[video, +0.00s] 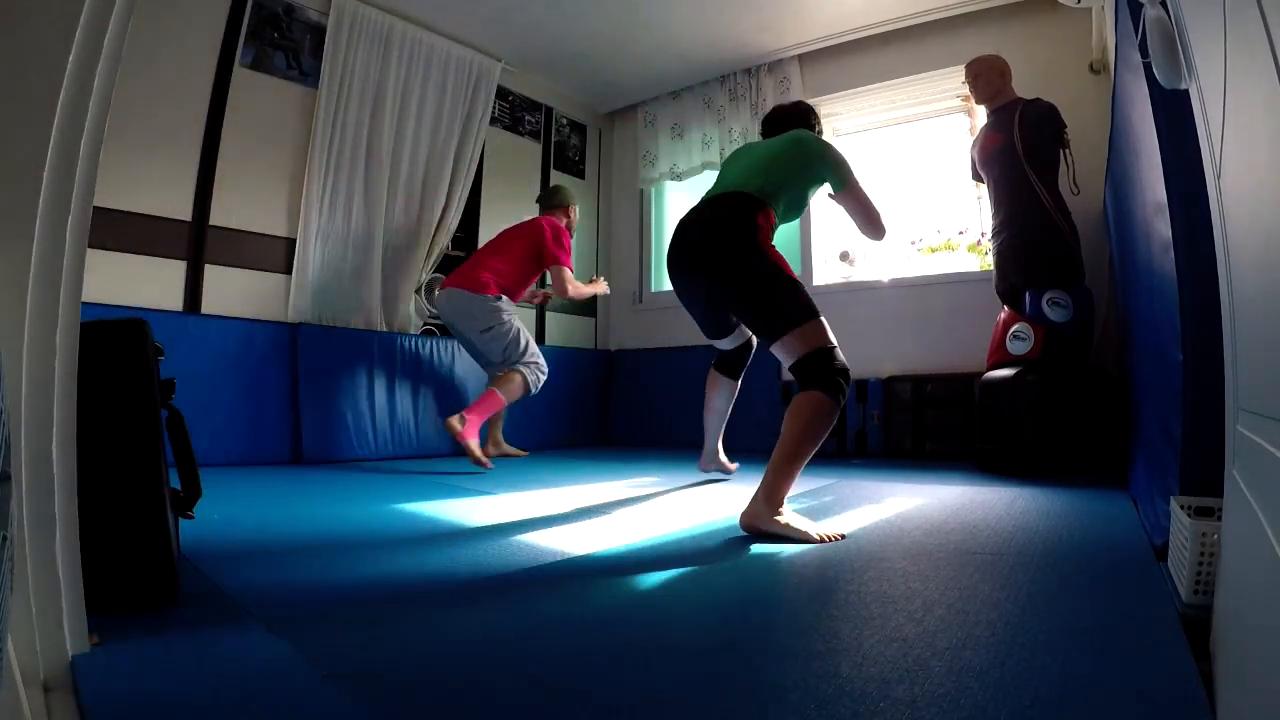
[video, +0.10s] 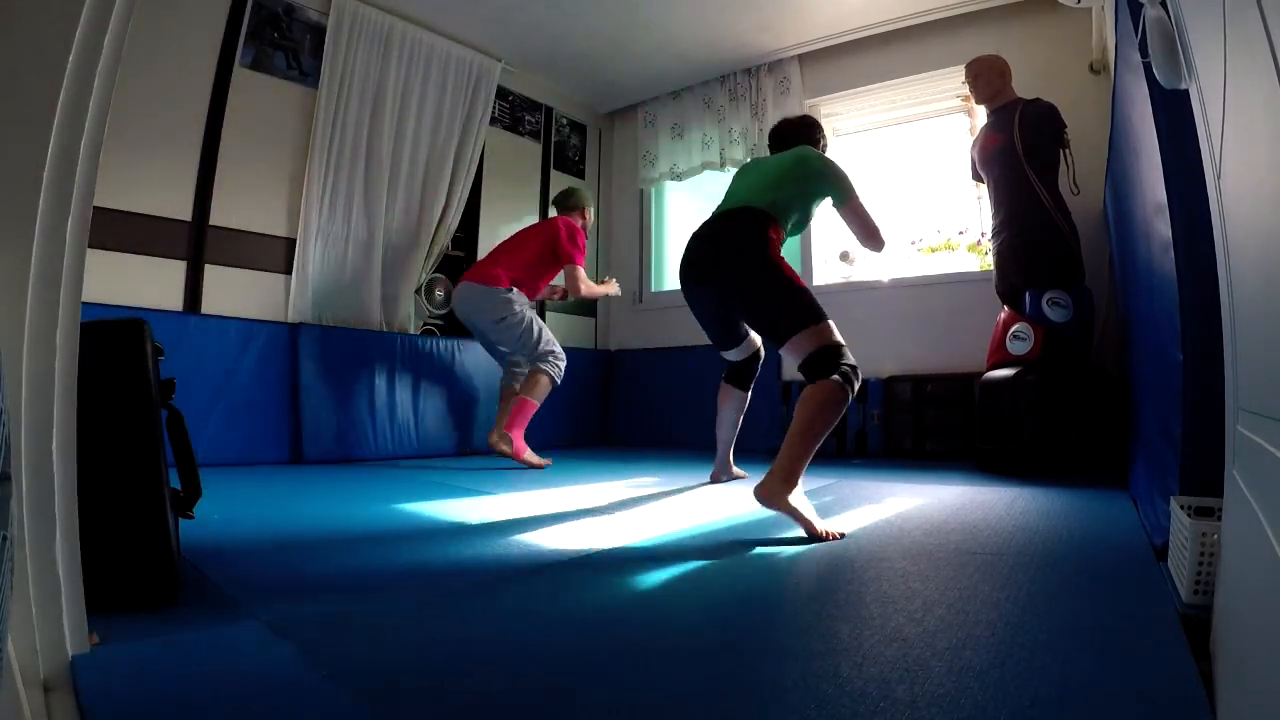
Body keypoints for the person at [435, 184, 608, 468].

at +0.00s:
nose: (576, 220)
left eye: (575, 214)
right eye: (577, 214)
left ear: (545, 210)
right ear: (570, 211)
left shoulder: (525, 228)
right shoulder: (555, 229)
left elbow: (489, 274)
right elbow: (566, 289)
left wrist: (524, 295)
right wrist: (594, 288)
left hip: (449, 295)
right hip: (480, 298)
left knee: (502, 367)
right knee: (533, 367)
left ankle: (495, 441)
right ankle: (468, 421)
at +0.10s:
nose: (591, 221)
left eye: (590, 216)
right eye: (591, 216)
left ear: (560, 212)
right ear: (585, 214)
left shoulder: (542, 228)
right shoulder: (570, 229)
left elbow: (512, 279)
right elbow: (580, 289)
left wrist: (546, 292)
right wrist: (606, 289)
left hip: (466, 293)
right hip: (495, 294)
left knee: (518, 362)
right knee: (552, 357)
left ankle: (501, 432)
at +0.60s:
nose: (638, 236)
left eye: (639, 231)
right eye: (638, 230)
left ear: (610, 225)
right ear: (633, 227)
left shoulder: (589, 242)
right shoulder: (623, 242)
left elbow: (566, 285)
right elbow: (636, 297)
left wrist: (600, 298)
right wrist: (657, 294)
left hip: (535, 308)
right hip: (565, 310)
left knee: (584, 360)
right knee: (617, 369)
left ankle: (572, 426)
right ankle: (584, 437)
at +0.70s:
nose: (643, 243)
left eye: (643, 238)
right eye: (643, 238)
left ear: (614, 233)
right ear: (638, 235)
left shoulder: (594, 249)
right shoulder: (629, 250)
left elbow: (575, 289)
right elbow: (642, 304)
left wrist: (606, 302)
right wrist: (661, 301)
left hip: (542, 314)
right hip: (573, 315)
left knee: (587, 373)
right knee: (624, 372)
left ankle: (587, 435)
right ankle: (585, 435)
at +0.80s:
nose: (645, 251)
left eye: (645, 247)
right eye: (645, 246)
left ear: (617, 242)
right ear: (641, 244)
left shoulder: (596, 259)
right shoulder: (631, 259)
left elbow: (578, 300)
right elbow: (645, 312)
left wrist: (606, 316)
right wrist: (663, 309)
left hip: (548, 321)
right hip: (579, 321)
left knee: (592, 374)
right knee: (636, 367)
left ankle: (586, 436)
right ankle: (598, 423)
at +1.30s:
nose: (652, 258)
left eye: (651, 255)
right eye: (651, 254)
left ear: (625, 251)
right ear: (648, 252)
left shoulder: (608, 266)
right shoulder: (642, 266)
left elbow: (589, 301)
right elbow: (654, 317)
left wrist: (611, 330)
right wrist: (669, 316)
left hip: (557, 321)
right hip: (588, 323)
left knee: (599, 374)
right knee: (639, 375)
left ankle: (587, 435)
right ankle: (610, 432)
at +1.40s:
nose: (651, 256)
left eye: (651, 252)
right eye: (651, 252)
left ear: (625, 249)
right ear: (647, 250)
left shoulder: (609, 264)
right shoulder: (641, 265)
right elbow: (653, 316)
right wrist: (668, 316)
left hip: (556, 319)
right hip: (587, 321)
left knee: (599, 374)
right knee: (638, 372)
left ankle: (587, 435)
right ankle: (610, 431)